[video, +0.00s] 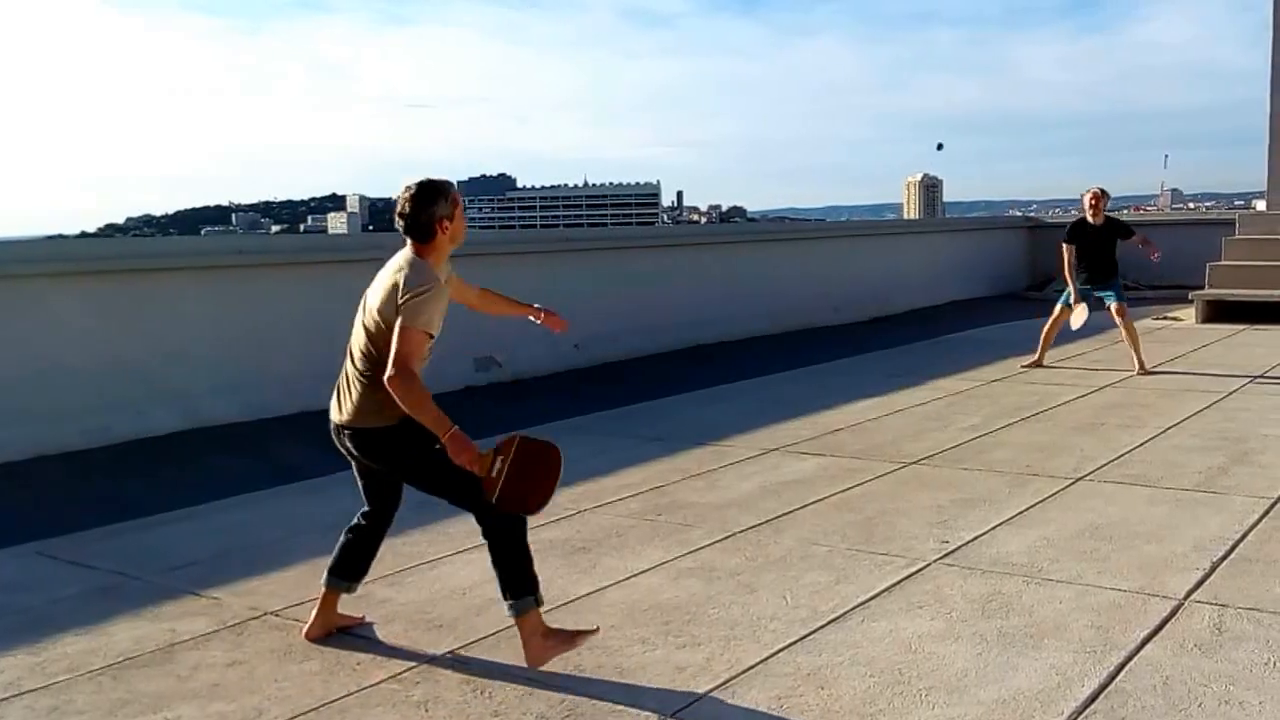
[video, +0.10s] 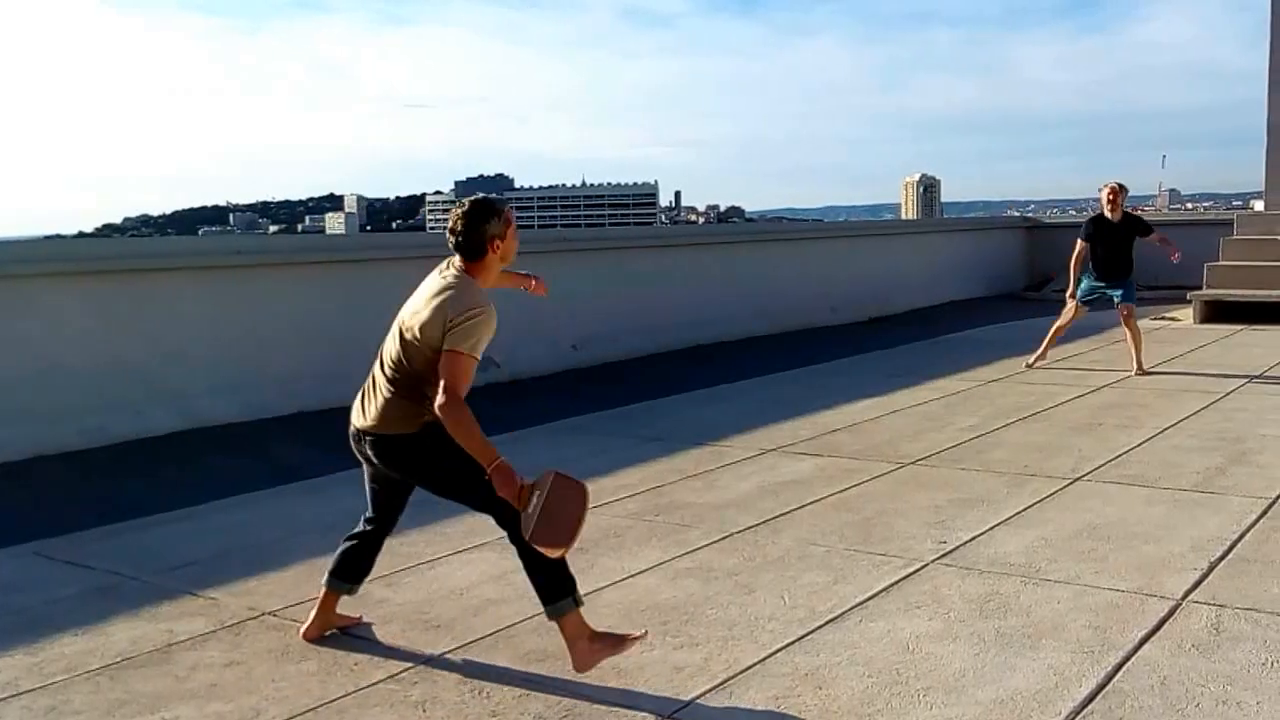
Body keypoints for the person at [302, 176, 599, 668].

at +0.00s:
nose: (464, 219)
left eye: (461, 211)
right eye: (460, 212)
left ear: (420, 227)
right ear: (444, 225)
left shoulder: (409, 265)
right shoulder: (425, 284)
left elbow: (474, 297)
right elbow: (399, 377)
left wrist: (533, 311)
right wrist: (451, 436)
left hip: (352, 423)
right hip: (384, 426)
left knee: (377, 511)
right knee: (495, 501)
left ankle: (323, 616)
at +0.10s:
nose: (516, 238)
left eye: (514, 229)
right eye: (512, 231)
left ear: (468, 244)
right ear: (496, 246)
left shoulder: (445, 272)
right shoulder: (475, 310)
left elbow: (482, 276)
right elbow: (448, 403)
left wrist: (523, 281)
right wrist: (496, 465)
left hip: (369, 427)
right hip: (408, 436)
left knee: (376, 521)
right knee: (514, 508)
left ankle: (322, 615)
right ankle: (581, 640)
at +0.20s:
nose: (598, 264)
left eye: (595, 257)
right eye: (594, 259)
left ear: (544, 268)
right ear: (576, 277)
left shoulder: (514, 281)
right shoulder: (552, 339)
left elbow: (483, 265)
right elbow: (545, 443)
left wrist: (465, 254)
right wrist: (594, 510)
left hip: (397, 424)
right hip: (440, 441)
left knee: (362, 526)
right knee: (549, 527)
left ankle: (317, 617)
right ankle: (579, 673)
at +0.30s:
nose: (662, 321)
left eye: (662, 311)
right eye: (660, 312)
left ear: (607, 306)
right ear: (641, 319)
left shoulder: (560, 312)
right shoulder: (617, 380)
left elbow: (489, 288)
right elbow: (654, 478)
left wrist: (425, 263)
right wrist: (717, 537)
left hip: (429, 437)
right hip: (467, 455)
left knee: (373, 541)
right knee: (589, 531)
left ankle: (292, 630)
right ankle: (592, 679)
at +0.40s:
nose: (704, 355)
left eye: (702, 345)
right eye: (702, 348)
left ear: (652, 339)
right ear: (684, 356)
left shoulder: (597, 340)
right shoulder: (660, 410)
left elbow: (510, 333)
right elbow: (721, 479)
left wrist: (435, 321)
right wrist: (790, 501)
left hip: (455, 439)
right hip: (496, 464)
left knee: (377, 549)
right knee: (617, 540)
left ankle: (292, 646)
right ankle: (590, 680)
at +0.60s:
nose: (737, 353)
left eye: (736, 342)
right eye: (737, 344)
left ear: (687, 326)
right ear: (719, 345)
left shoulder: (628, 330)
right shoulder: (694, 397)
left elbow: (545, 331)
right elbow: (748, 460)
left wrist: (489, 367)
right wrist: (804, 431)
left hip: (490, 422)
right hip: (539, 447)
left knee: (409, 542)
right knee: (638, 548)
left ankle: (308, 657)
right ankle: (584, 678)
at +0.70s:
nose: (734, 311)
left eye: (732, 300)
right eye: (734, 302)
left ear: (682, 291)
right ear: (720, 306)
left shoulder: (626, 304)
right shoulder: (706, 365)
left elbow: (538, 323)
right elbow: (738, 440)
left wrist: (494, 378)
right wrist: (776, 444)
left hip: (498, 408)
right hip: (546, 424)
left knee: (473, 540)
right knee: (631, 545)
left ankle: (364, 636)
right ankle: (581, 680)